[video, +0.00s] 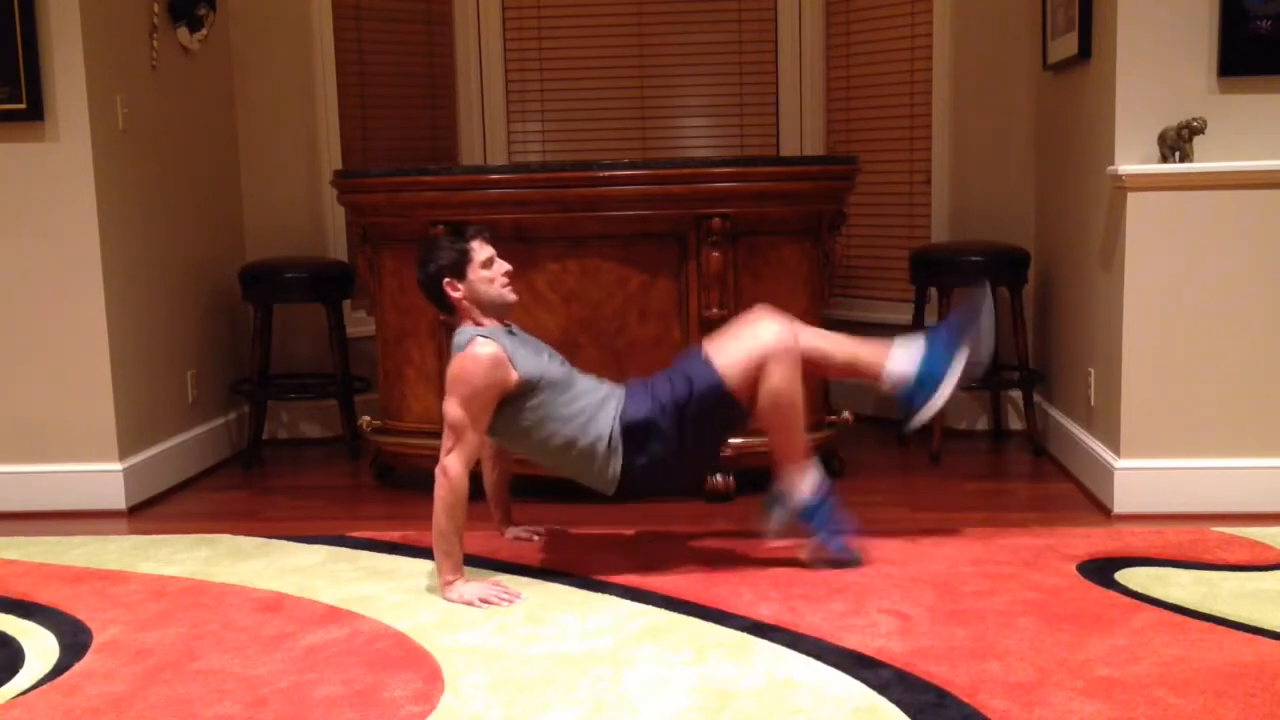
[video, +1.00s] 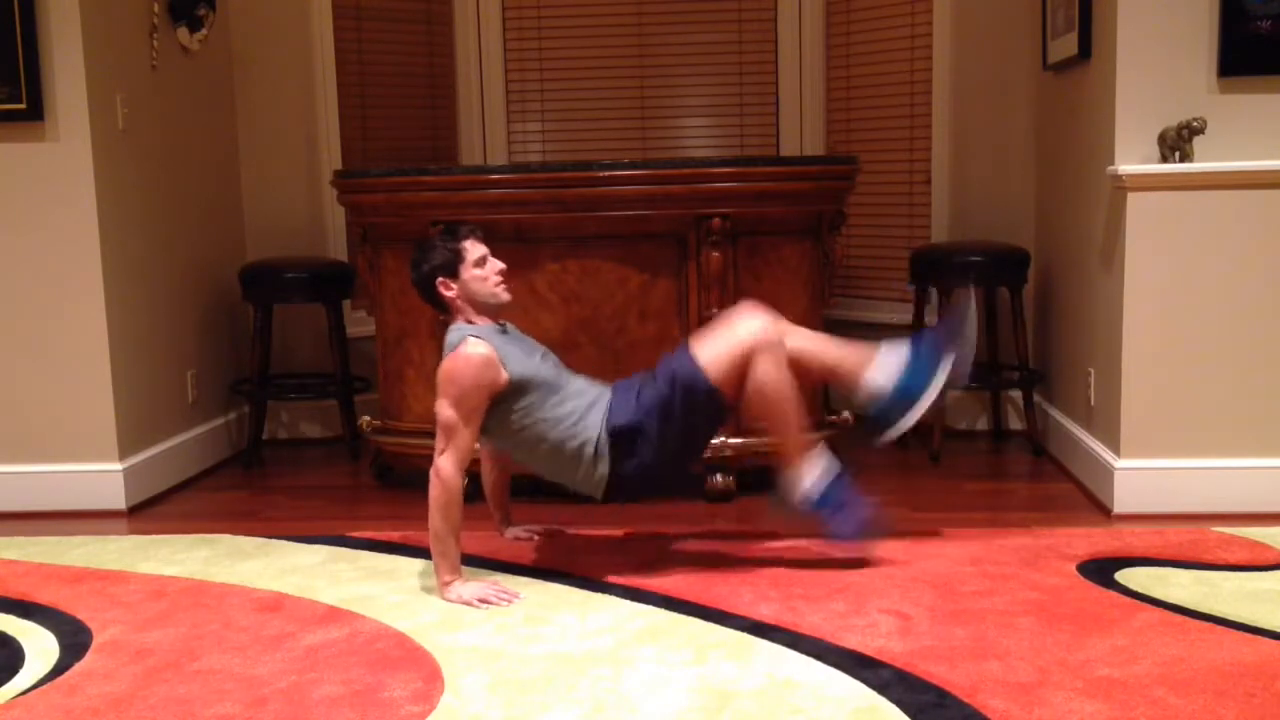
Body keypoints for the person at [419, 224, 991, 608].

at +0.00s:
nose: (506, 270)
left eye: (500, 261)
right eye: (490, 266)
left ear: (476, 285)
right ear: (456, 291)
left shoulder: (498, 339)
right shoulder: (476, 357)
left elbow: (489, 440)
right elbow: (450, 466)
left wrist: (498, 521)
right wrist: (449, 576)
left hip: (635, 413)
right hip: (630, 445)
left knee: (769, 321)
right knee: (770, 344)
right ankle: (798, 496)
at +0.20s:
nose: (521, 274)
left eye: (515, 266)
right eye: (505, 272)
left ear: (500, 287)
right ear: (475, 299)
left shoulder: (519, 339)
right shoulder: (494, 363)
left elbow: (496, 440)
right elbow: (456, 464)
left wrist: (501, 521)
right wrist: (448, 578)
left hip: (634, 459)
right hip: (625, 485)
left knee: (782, 384)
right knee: (760, 376)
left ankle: (925, 353)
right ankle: (770, 531)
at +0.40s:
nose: (496, 268)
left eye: (490, 258)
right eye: (480, 263)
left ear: (463, 285)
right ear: (448, 290)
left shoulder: (489, 333)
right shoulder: (470, 356)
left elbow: (490, 436)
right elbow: (451, 464)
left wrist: (501, 520)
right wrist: (449, 576)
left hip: (641, 386)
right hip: (644, 417)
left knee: (775, 297)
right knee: (793, 319)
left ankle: (788, 449)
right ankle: (845, 474)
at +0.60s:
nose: (510, 272)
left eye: (504, 262)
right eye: (493, 269)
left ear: (494, 280)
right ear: (461, 295)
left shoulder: (508, 337)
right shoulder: (481, 364)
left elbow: (491, 437)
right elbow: (449, 469)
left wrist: (499, 519)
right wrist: (446, 579)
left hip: (628, 434)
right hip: (623, 470)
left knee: (769, 367)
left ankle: (729, 515)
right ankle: (918, 314)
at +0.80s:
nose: (504, 267)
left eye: (498, 258)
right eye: (487, 264)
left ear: (478, 282)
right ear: (454, 291)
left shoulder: (502, 337)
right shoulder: (475, 360)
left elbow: (489, 441)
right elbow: (446, 468)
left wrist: (503, 524)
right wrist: (447, 577)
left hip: (640, 433)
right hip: (633, 461)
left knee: (772, 343)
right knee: (758, 336)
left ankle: (737, 503)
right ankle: (913, 337)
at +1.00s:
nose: (499, 269)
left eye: (494, 259)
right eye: (482, 264)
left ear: (481, 277)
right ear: (449, 289)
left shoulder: (492, 337)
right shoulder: (468, 358)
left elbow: (486, 440)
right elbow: (445, 466)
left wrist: (499, 519)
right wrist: (448, 578)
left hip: (627, 420)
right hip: (621, 450)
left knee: (756, 317)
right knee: (753, 335)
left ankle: (887, 374)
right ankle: (807, 484)